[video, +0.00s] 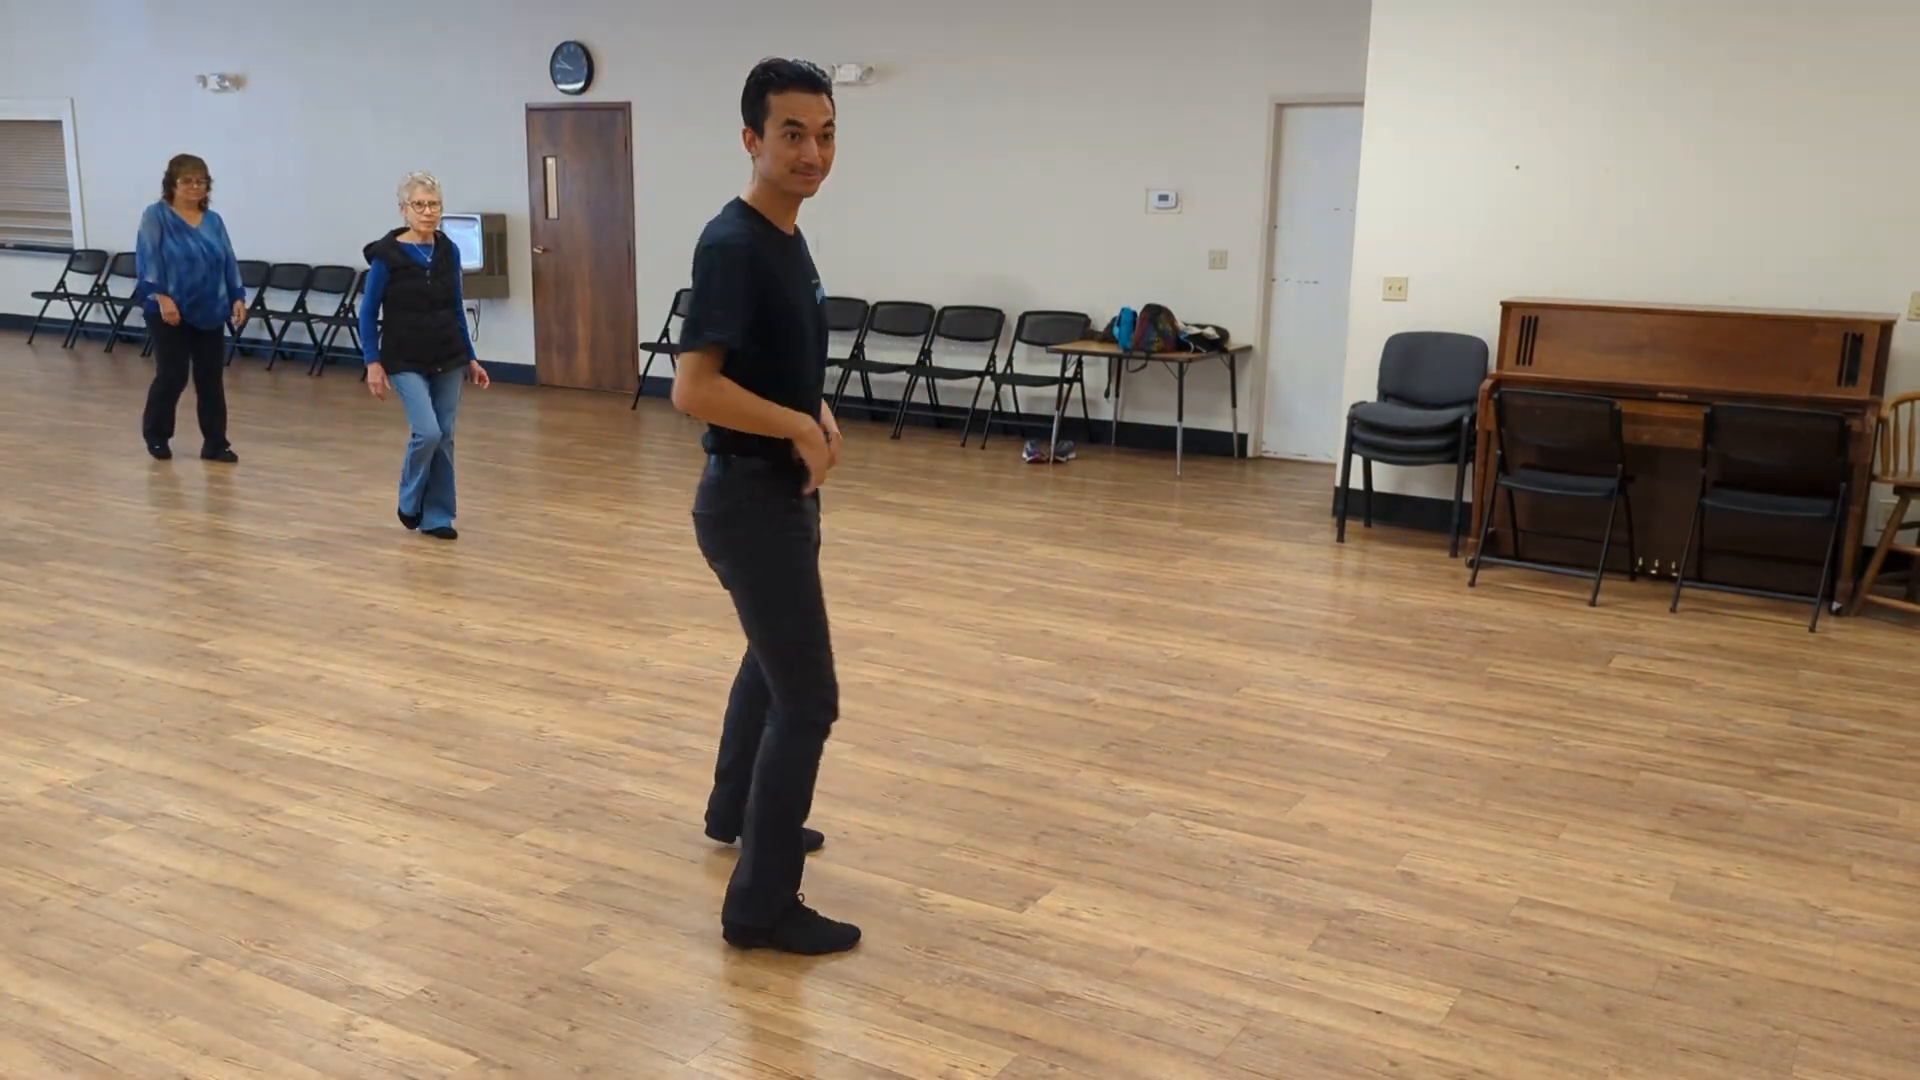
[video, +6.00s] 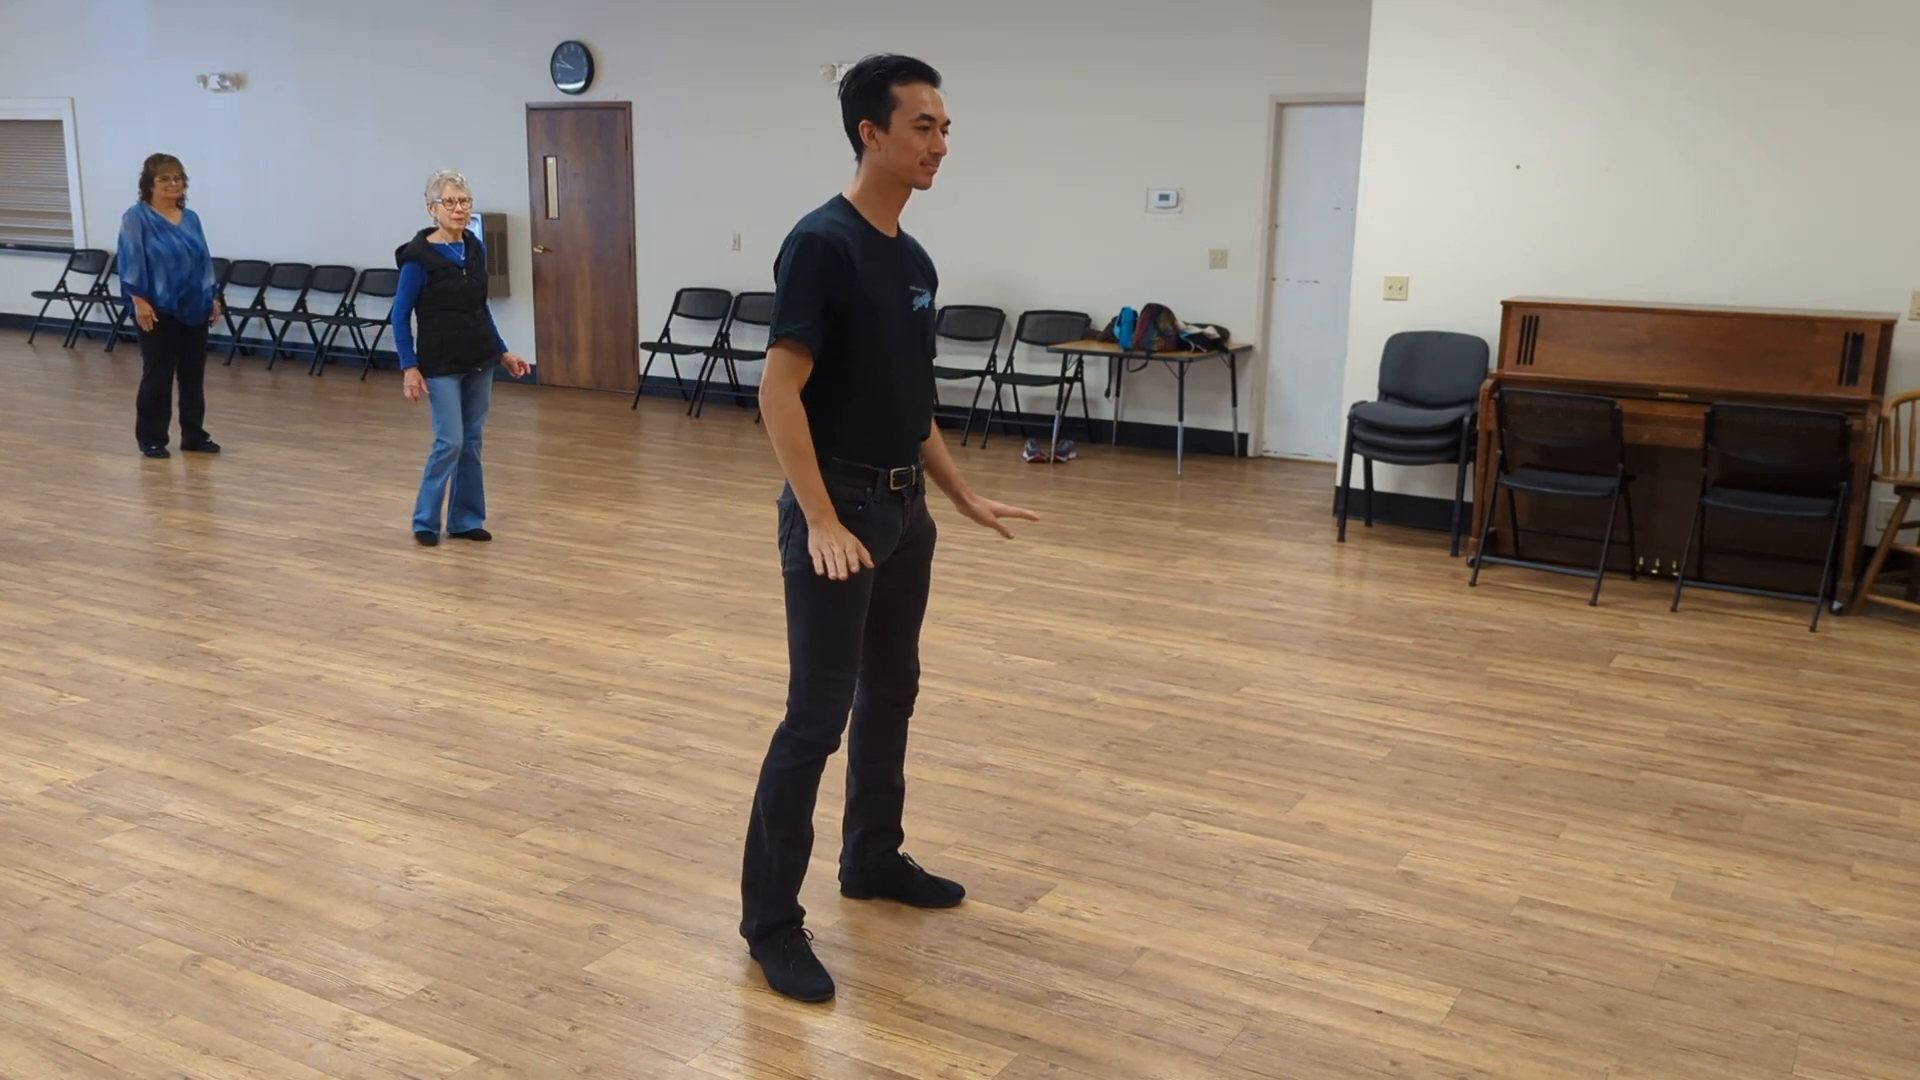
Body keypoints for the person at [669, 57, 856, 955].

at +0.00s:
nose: (813, 152)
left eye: (825, 136)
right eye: (794, 134)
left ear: (835, 145)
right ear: (752, 139)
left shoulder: (786, 238)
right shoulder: (732, 244)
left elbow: (778, 358)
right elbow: (695, 387)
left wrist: (815, 413)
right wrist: (799, 427)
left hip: (780, 490)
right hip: (751, 500)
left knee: (774, 657)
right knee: (808, 698)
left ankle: (737, 807)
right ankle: (760, 908)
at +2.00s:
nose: (690, 143)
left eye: (702, 129)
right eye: (672, 128)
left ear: (713, 139)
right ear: (635, 134)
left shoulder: (723, 223)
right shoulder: (587, 222)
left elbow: (701, 308)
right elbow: (497, 274)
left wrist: (680, 375)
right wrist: (550, 366)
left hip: (698, 466)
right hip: (616, 469)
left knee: (704, 645)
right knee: (591, 660)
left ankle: (710, 794)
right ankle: (571, 838)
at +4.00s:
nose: (793, 171)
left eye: (797, 155)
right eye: (777, 154)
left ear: (782, 159)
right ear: (723, 152)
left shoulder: (764, 236)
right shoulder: (652, 235)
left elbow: (710, 323)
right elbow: (532, 285)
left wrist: (719, 406)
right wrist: (604, 385)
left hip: (739, 485)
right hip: (663, 488)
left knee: (771, 661)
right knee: (623, 672)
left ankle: (798, 827)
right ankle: (574, 838)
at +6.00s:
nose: (941, 142)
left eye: (943, 127)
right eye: (925, 125)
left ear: (913, 139)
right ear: (870, 131)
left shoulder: (914, 261)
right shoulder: (820, 244)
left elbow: (910, 399)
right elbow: (776, 391)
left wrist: (962, 493)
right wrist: (819, 517)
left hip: (904, 505)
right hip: (832, 509)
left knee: (888, 697)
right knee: (814, 720)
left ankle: (872, 857)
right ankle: (769, 919)